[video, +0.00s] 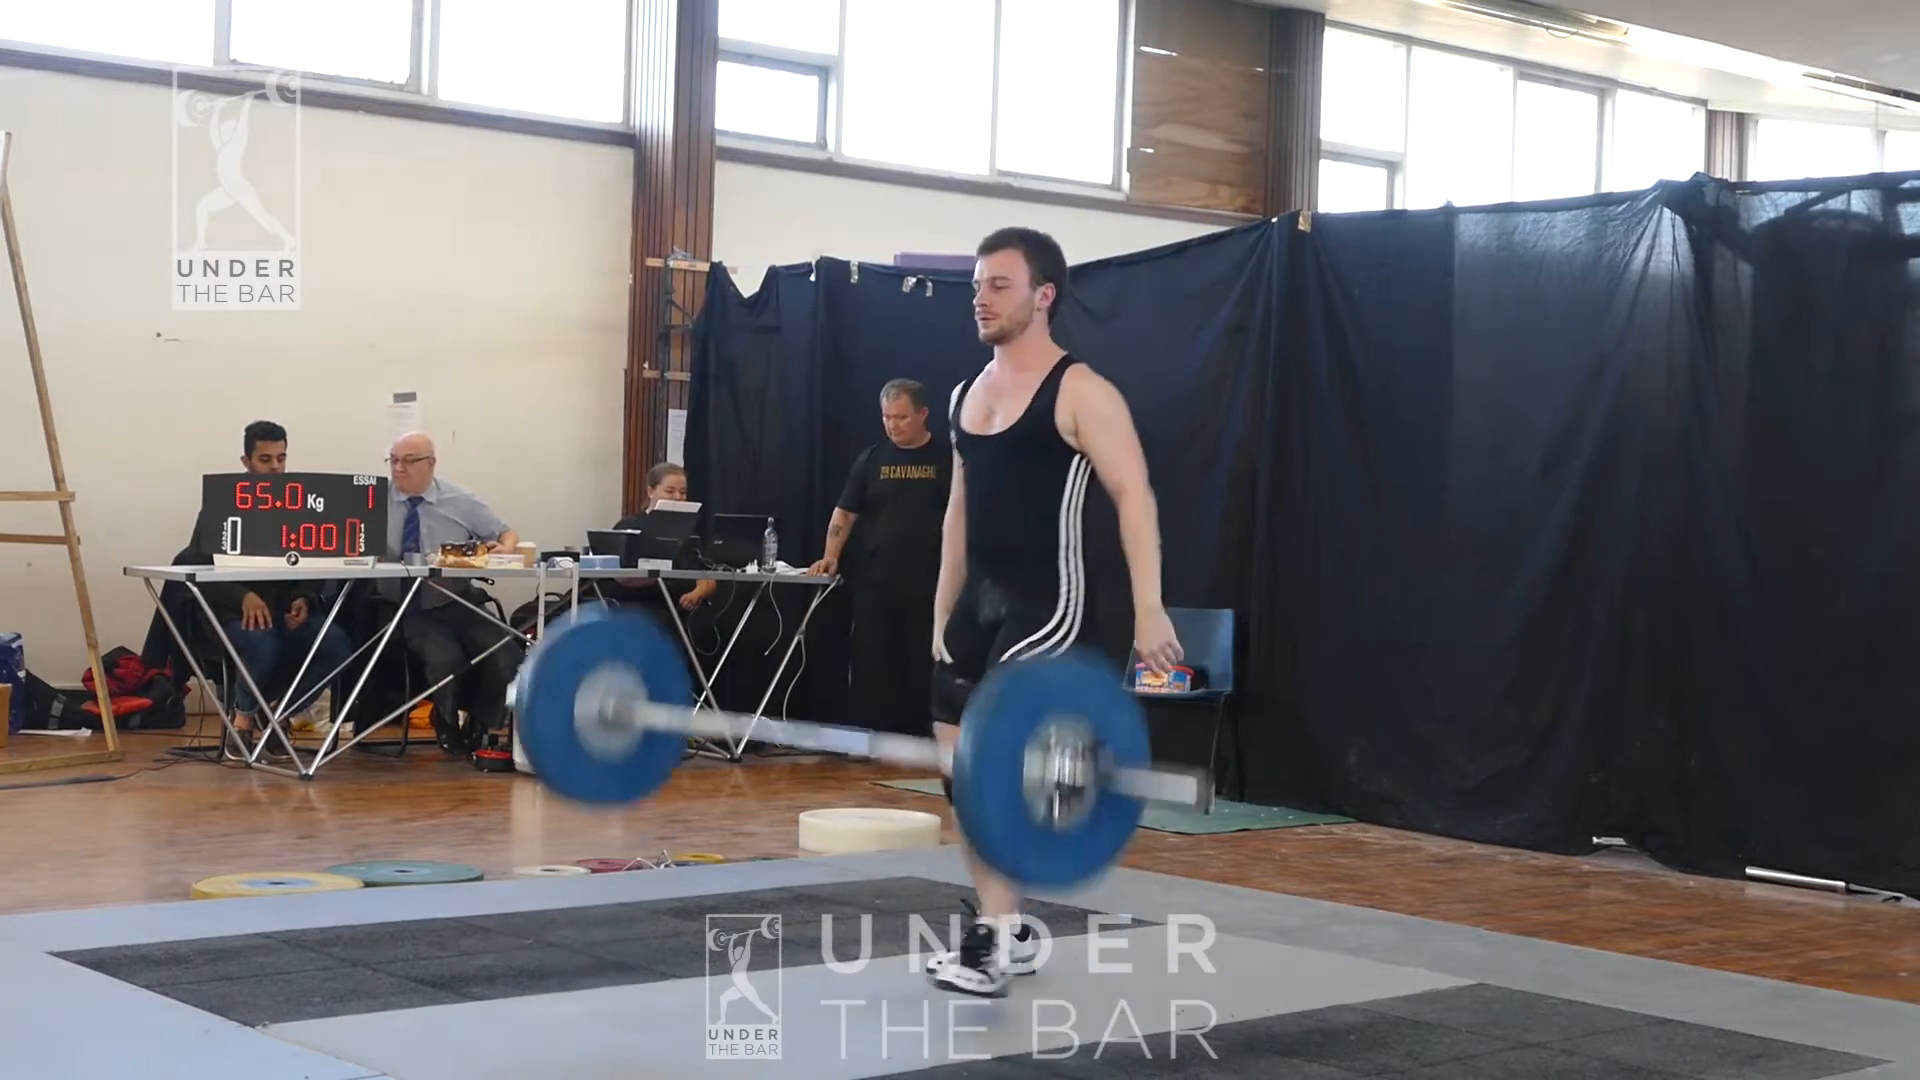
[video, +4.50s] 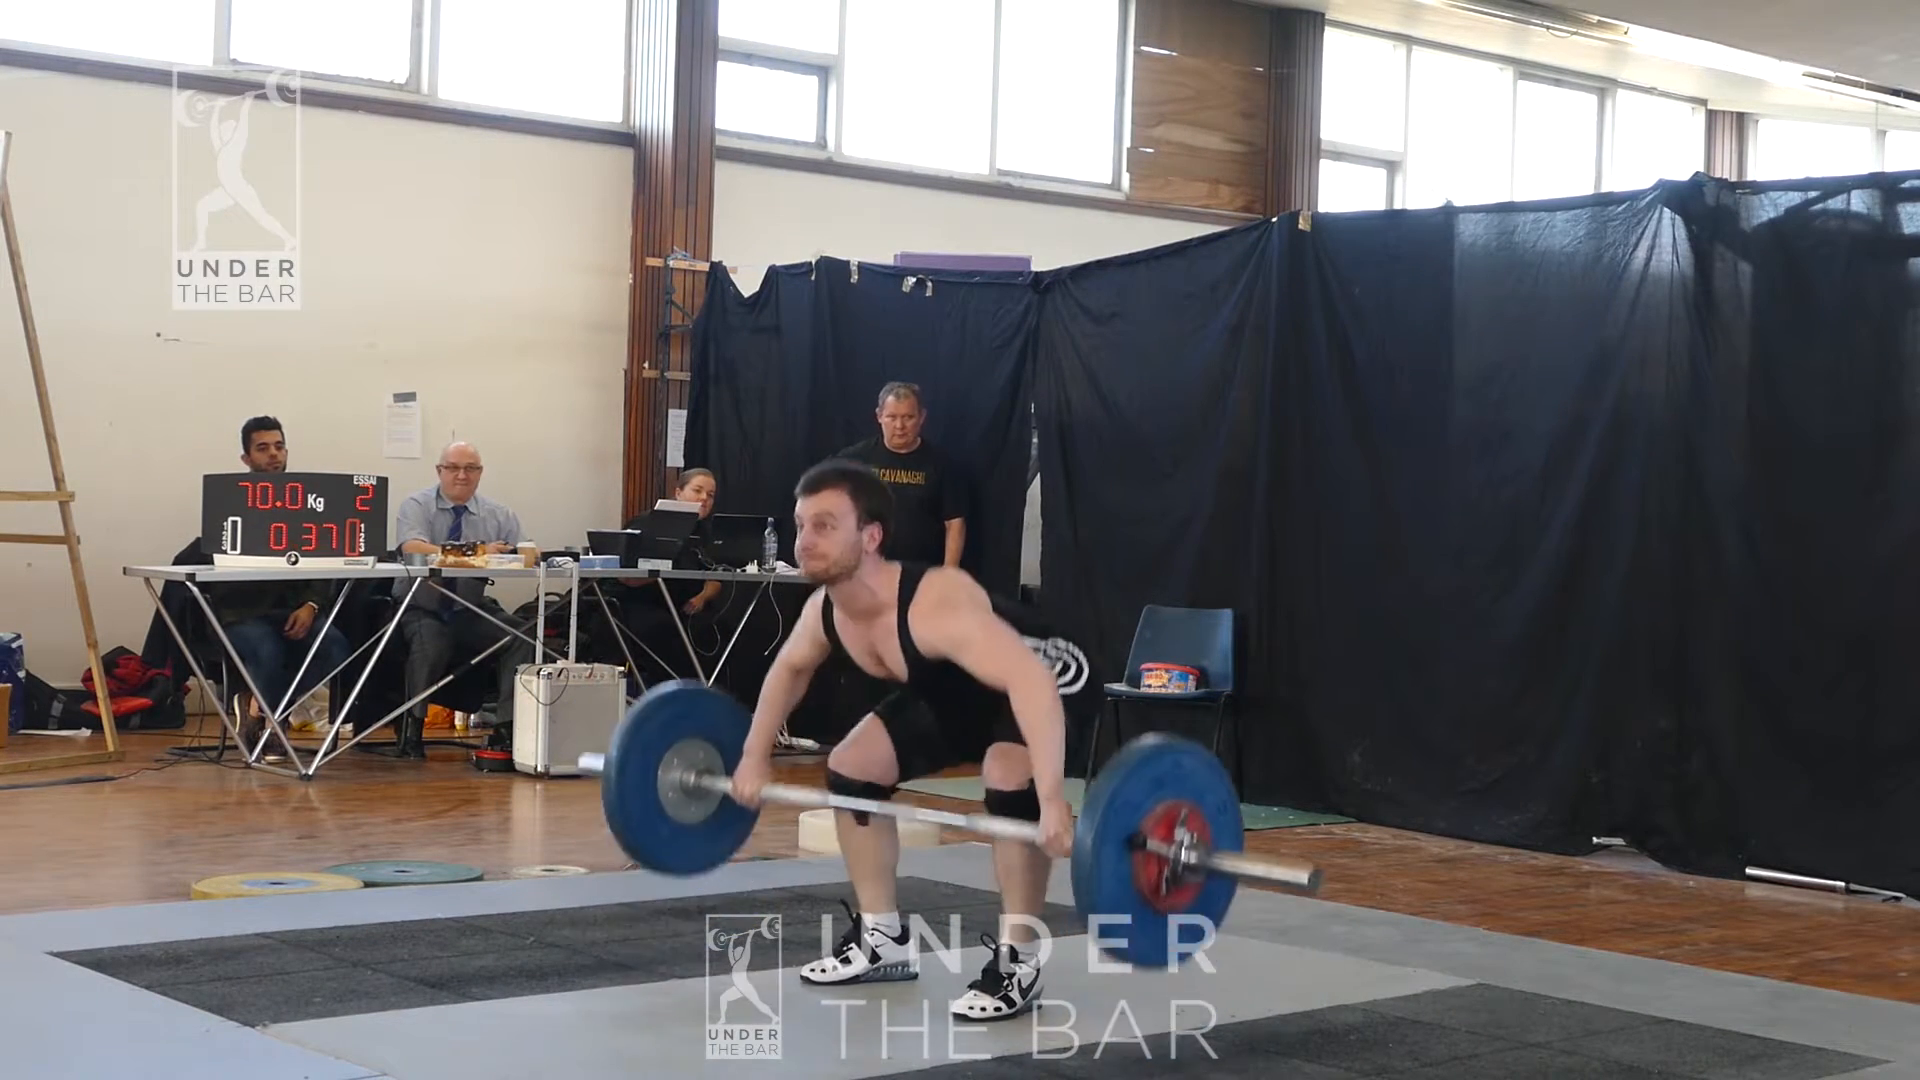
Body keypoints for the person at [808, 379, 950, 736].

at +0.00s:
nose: (892, 425)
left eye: (900, 417)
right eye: (886, 418)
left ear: (923, 415)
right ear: (881, 417)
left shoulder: (949, 459)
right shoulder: (871, 460)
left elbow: (962, 518)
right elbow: (843, 515)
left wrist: (957, 571)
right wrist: (831, 555)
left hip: (929, 579)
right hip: (875, 578)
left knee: (923, 665)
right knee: (873, 666)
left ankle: (923, 747)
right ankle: (873, 746)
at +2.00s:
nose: (882, 430)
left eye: (889, 422)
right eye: (874, 422)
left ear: (904, 420)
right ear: (861, 420)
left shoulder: (922, 465)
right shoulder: (843, 459)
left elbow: (937, 527)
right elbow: (822, 514)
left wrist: (928, 577)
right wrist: (807, 562)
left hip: (902, 586)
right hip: (851, 582)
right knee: (849, 665)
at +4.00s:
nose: (894, 427)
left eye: (902, 418)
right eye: (886, 418)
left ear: (916, 417)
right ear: (874, 418)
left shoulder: (936, 463)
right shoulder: (855, 458)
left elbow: (954, 522)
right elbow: (819, 493)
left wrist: (946, 575)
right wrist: (836, 545)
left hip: (918, 582)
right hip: (862, 581)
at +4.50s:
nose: (899, 425)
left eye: (908, 417)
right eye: (892, 417)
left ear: (922, 418)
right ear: (879, 416)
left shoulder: (941, 464)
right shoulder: (854, 460)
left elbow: (955, 524)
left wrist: (948, 579)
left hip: (924, 579)